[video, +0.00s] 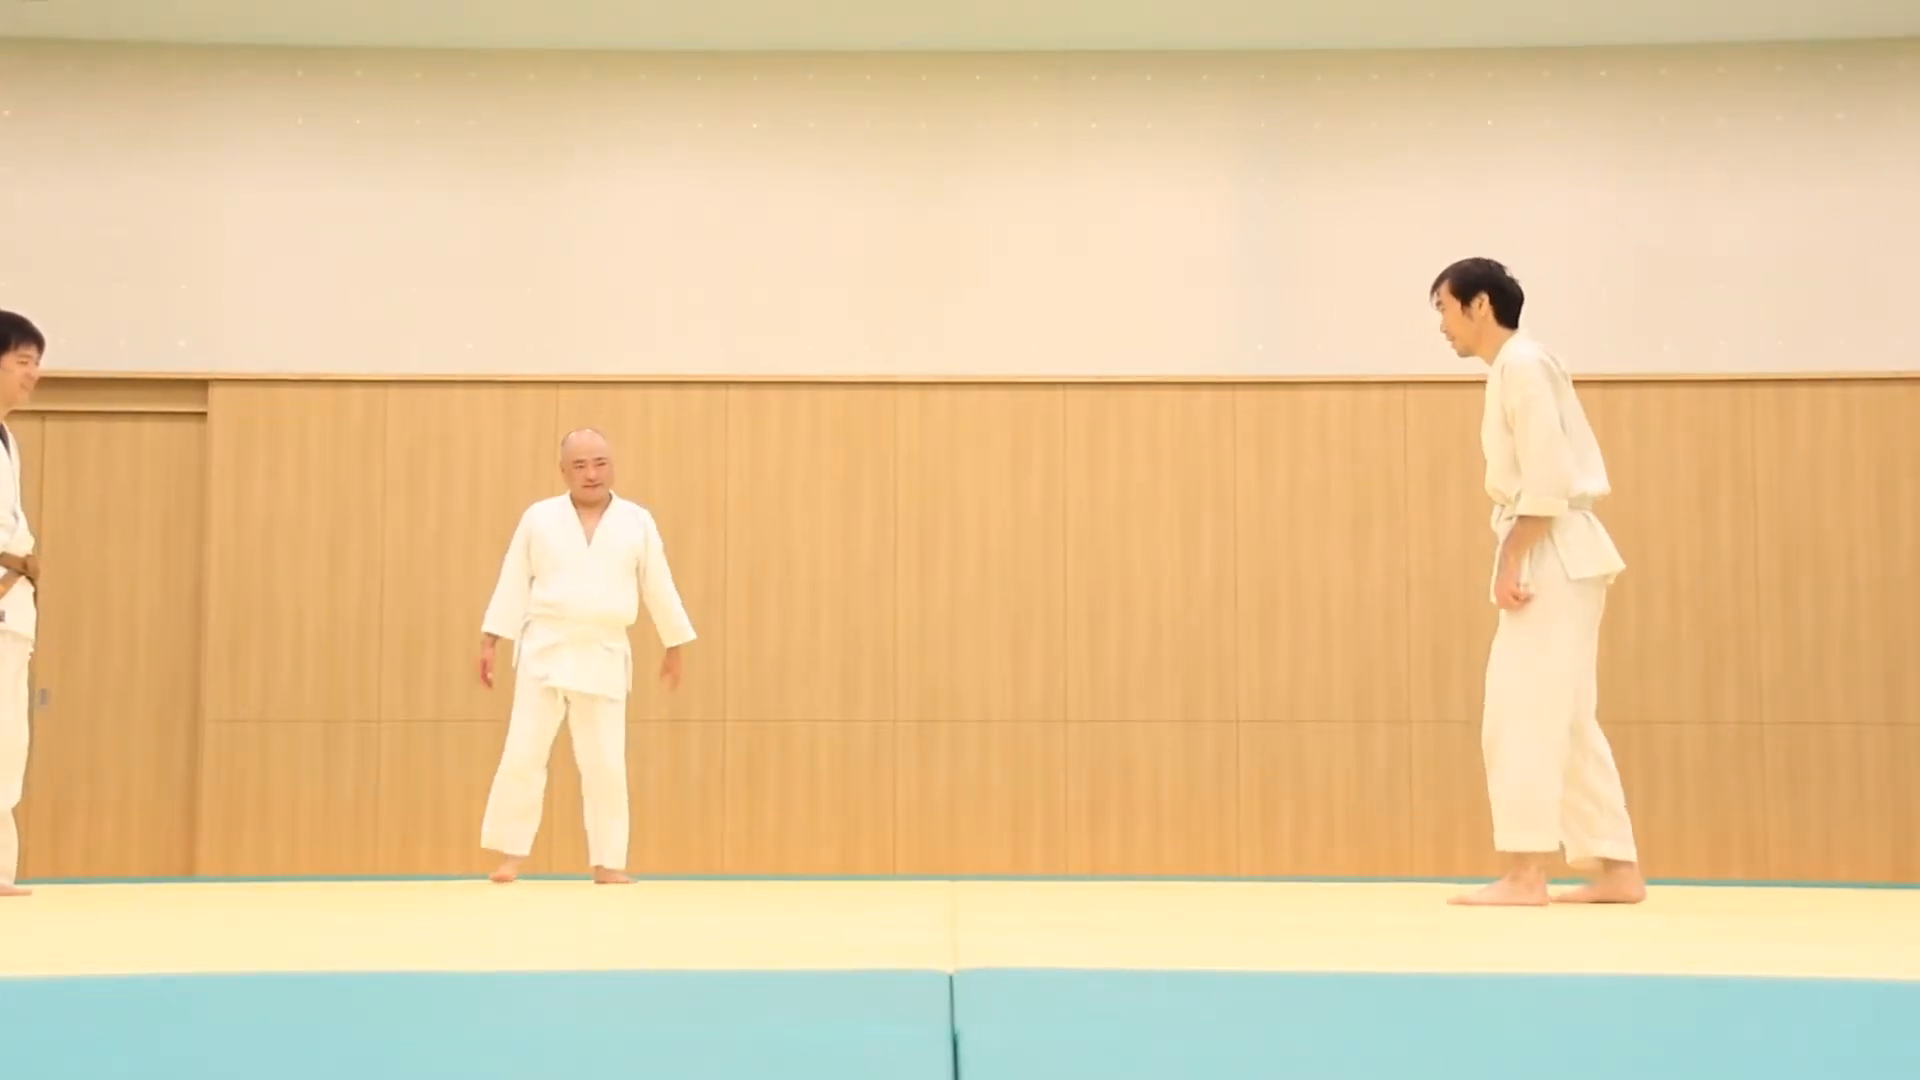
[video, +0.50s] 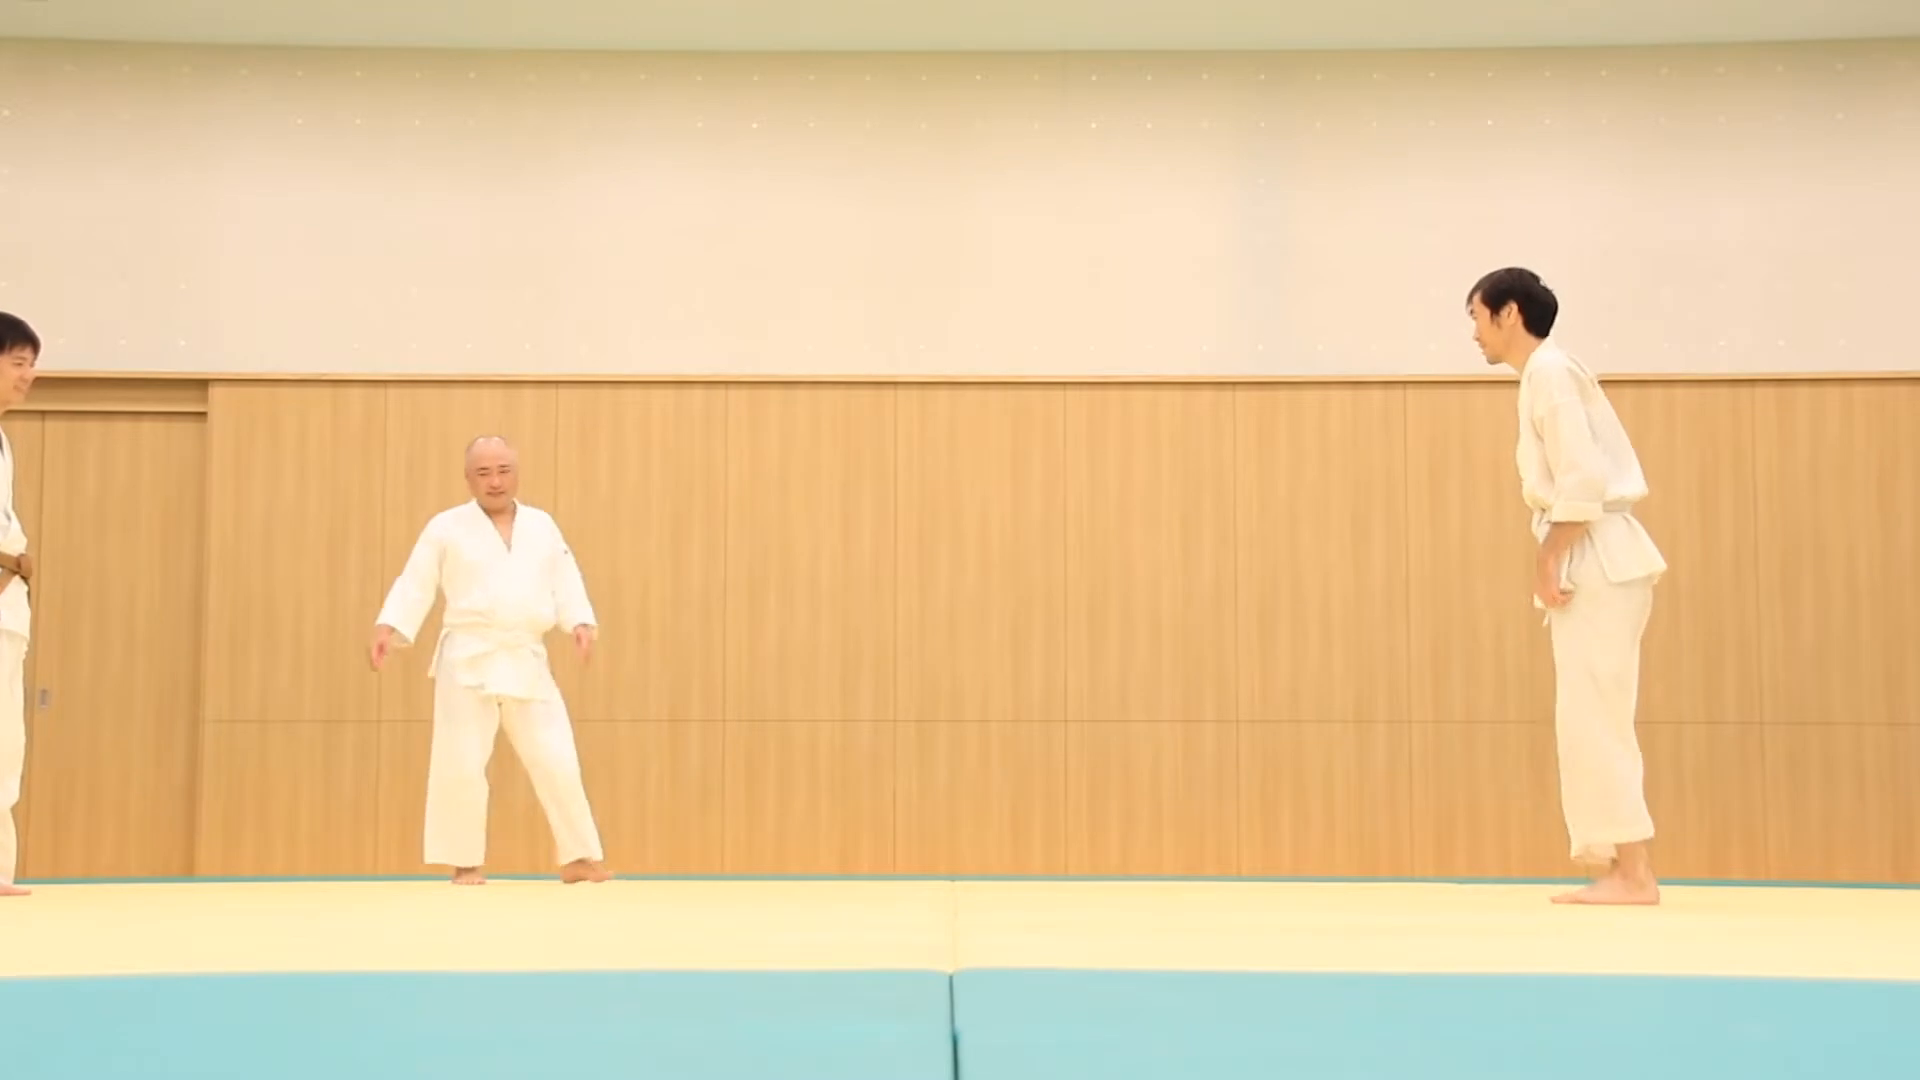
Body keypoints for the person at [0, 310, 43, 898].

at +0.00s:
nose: (34, 376)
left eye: (37, 365)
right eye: (24, 363)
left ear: (30, 370)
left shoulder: (9, 442)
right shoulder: (1, 442)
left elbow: (16, 527)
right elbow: (9, 530)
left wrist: (24, 563)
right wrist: (26, 561)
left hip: (15, 611)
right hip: (8, 612)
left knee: (12, 746)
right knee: (7, 747)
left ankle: (6, 866)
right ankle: (3, 867)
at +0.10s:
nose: (33, 377)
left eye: (36, 365)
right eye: (24, 364)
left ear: (29, 370)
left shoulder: (8, 442)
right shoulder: (1, 443)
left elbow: (15, 526)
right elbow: (8, 529)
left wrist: (25, 562)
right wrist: (25, 561)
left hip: (14, 613)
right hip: (7, 613)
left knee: (11, 745)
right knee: (7, 746)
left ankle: (6, 867)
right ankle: (2, 868)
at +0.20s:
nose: (32, 377)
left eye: (35, 365)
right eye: (23, 363)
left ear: (29, 370)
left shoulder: (7, 443)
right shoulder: (1, 443)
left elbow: (14, 527)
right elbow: (8, 529)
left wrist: (24, 560)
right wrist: (25, 559)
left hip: (13, 612)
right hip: (7, 613)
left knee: (10, 744)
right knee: (6, 744)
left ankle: (5, 866)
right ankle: (2, 867)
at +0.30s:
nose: (31, 376)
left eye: (35, 365)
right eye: (23, 363)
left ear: (27, 369)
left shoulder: (6, 441)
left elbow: (12, 521)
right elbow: (5, 523)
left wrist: (22, 556)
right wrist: (20, 556)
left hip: (13, 614)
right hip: (6, 614)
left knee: (10, 743)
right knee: (6, 743)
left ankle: (4, 866)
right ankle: (1, 867)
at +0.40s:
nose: (30, 376)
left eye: (33, 365)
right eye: (21, 363)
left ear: (27, 369)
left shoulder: (5, 441)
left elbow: (10, 519)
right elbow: (5, 521)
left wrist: (21, 556)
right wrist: (18, 557)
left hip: (12, 614)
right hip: (5, 615)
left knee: (10, 743)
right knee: (5, 744)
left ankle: (4, 867)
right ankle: (0, 867)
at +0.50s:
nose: (28, 377)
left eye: (31, 366)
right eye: (20, 364)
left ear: (25, 369)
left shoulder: (5, 442)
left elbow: (9, 519)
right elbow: (4, 521)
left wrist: (19, 556)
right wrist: (17, 556)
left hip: (11, 616)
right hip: (5, 618)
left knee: (9, 744)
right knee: (5, 744)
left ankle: (4, 866)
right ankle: (0, 867)